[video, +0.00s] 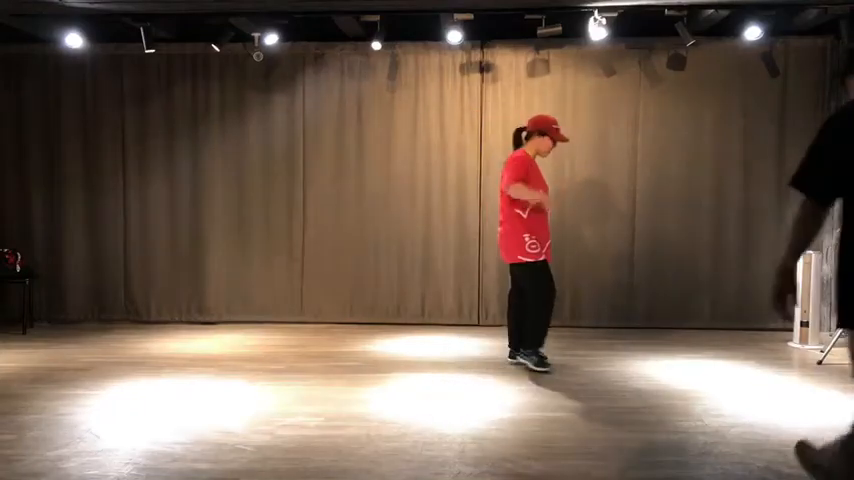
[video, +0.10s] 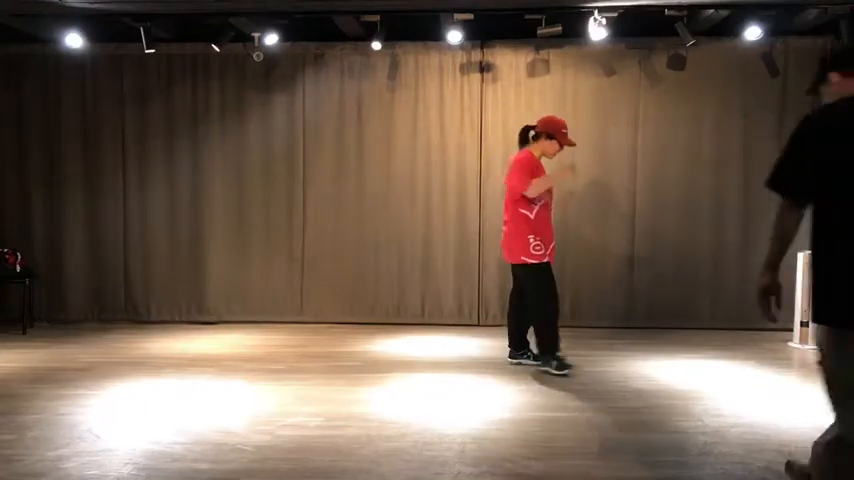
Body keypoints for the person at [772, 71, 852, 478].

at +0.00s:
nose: (844, 85)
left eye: (845, 77)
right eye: (845, 79)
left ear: (848, 78)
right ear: (848, 80)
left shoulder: (845, 122)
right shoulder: (843, 122)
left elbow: (815, 203)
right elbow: (815, 203)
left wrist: (788, 265)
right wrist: (789, 265)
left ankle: (844, 455)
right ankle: (843, 452)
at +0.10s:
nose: (826, 88)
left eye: (828, 81)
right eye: (829, 80)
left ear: (837, 79)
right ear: (841, 79)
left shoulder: (824, 124)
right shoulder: (823, 123)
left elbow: (792, 204)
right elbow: (793, 205)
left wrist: (771, 268)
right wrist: (772, 268)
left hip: (841, 278)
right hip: (839, 276)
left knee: (840, 371)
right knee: (839, 369)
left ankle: (839, 458)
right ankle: (834, 457)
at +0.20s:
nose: (793, 100)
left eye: (793, 92)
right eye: (792, 93)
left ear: (804, 83)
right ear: (843, 79)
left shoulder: (800, 122)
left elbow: (780, 207)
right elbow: (781, 207)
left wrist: (765, 269)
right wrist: (768, 269)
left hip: (820, 273)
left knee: (790, 359)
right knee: (844, 372)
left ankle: (843, 452)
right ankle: (828, 464)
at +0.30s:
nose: (769, 103)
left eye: (767, 96)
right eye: (766, 97)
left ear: (778, 85)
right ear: (815, 80)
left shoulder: (780, 123)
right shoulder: (849, 115)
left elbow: (769, 204)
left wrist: (760, 267)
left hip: (803, 267)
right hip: (847, 264)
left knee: (750, 342)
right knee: (837, 372)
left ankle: (807, 448)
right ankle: (832, 463)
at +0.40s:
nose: (742, 111)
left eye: (739, 103)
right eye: (738, 105)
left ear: (751, 89)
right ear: (783, 84)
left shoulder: (757, 127)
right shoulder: (826, 122)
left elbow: (754, 204)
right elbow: (835, 207)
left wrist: (744, 263)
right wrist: (839, 273)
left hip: (770, 267)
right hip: (821, 266)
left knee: (725, 339)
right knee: (817, 368)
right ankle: (826, 469)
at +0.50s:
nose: (717, 115)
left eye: (714, 108)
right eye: (713, 109)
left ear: (723, 97)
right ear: (754, 91)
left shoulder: (732, 135)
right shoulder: (793, 127)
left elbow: (730, 213)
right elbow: (786, 203)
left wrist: (720, 271)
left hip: (749, 269)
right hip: (794, 267)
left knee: (713, 353)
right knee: (803, 371)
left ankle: (681, 423)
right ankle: (825, 468)